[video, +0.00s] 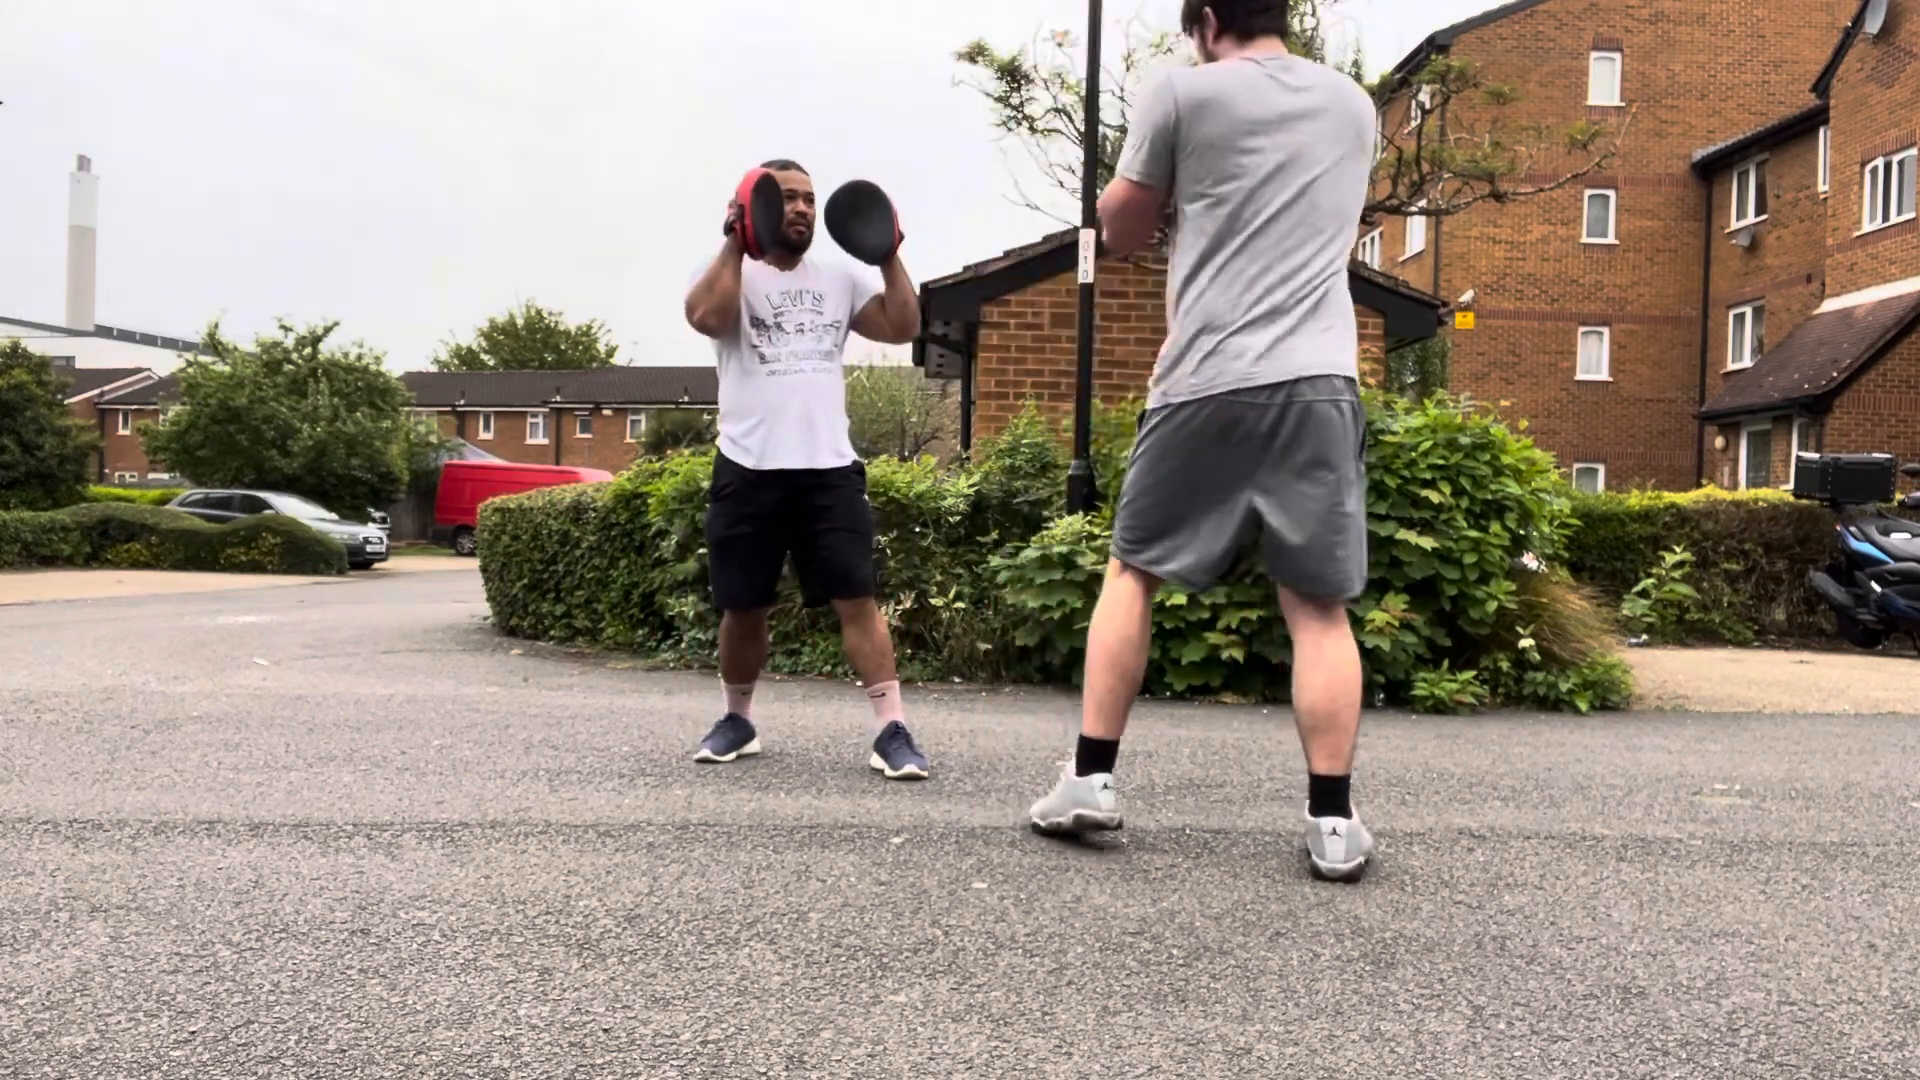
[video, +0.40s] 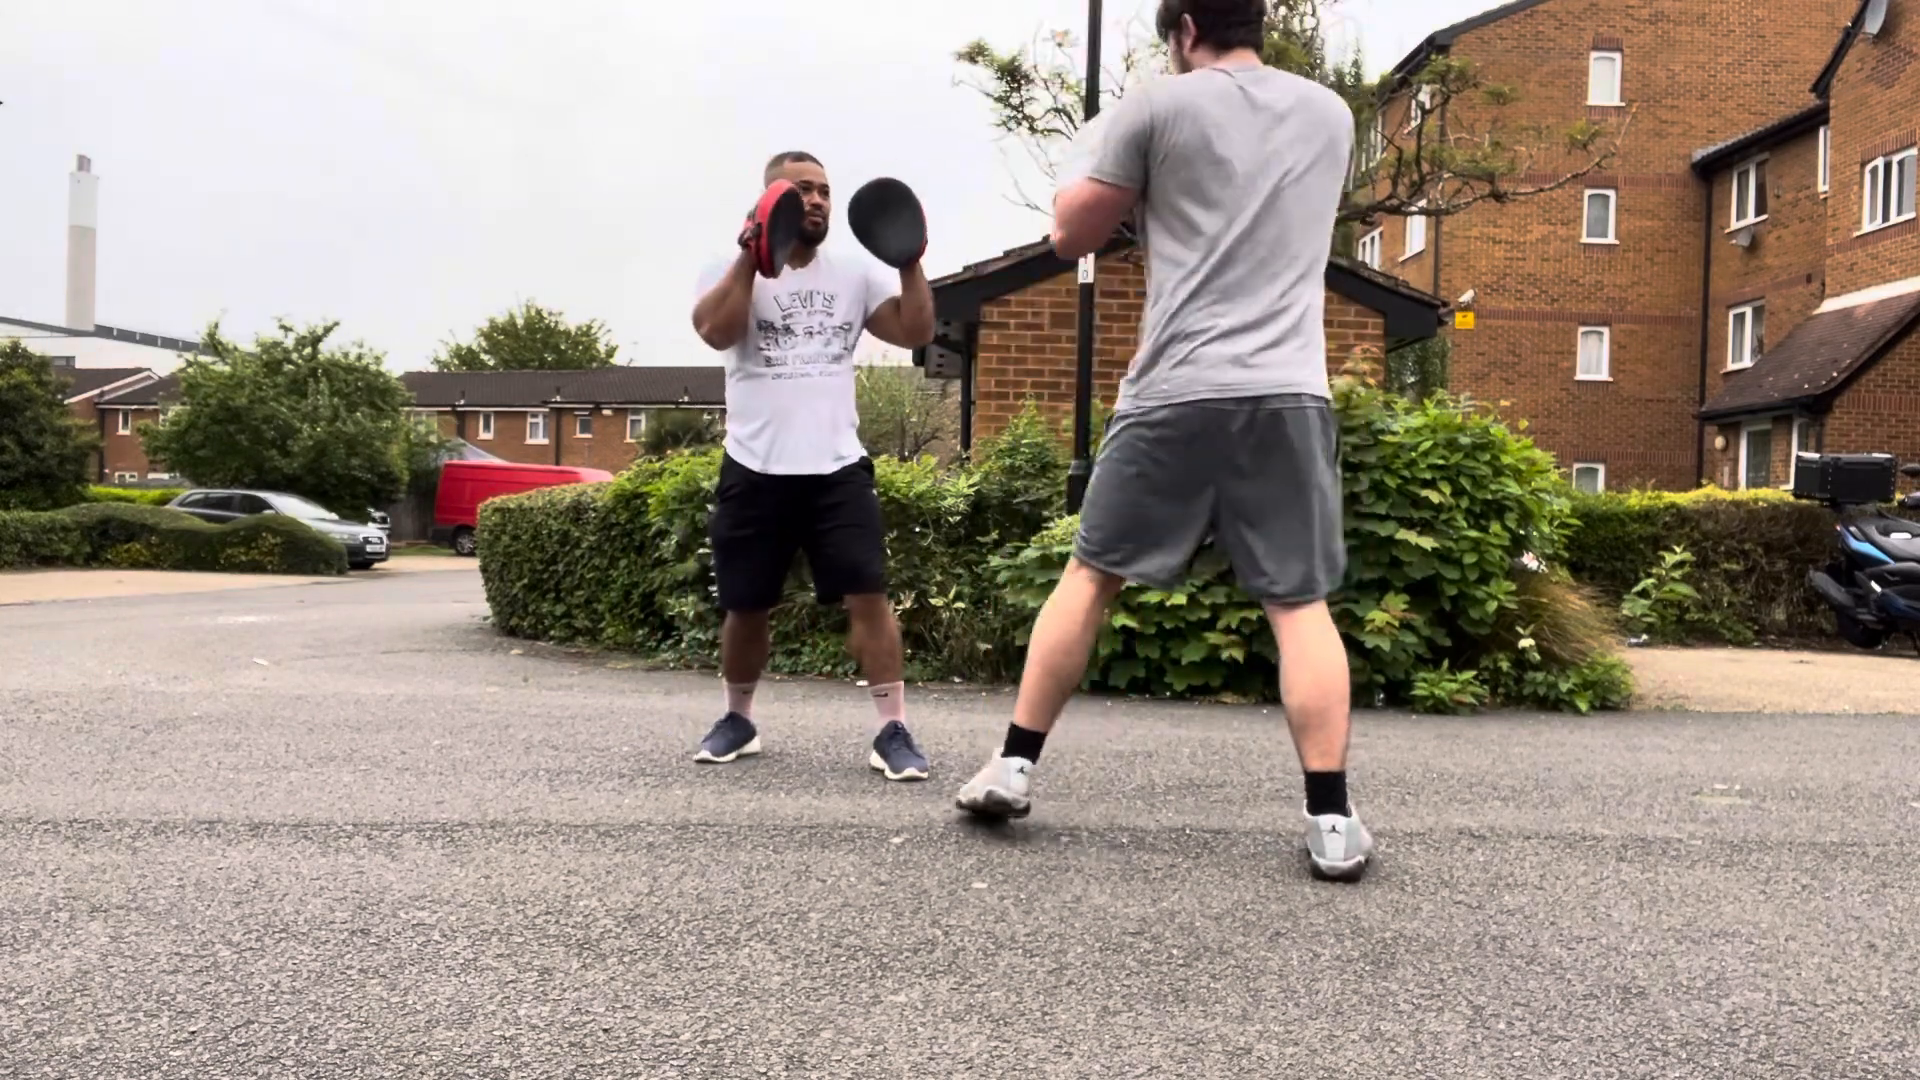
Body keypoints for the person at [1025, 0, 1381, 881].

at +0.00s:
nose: (1188, 41)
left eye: (1188, 28)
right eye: (1191, 30)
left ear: (1206, 21)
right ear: (1284, 20)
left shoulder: (1179, 88)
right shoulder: (1355, 105)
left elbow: (1122, 230)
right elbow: (1322, 212)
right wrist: (1177, 209)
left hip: (1206, 380)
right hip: (1319, 378)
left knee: (1132, 572)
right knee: (1320, 606)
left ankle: (1090, 782)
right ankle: (1333, 826)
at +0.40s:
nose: (1173, 47)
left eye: (1173, 33)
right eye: (1180, 36)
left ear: (1185, 31)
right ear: (1261, 30)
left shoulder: (1157, 107)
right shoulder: (1331, 113)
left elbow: (1073, 232)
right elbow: (1279, 201)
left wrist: (1133, 176)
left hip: (1175, 392)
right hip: (1292, 394)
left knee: (1092, 575)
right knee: (1300, 601)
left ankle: (1014, 766)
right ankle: (1333, 823)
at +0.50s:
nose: (1126, 61)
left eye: (1127, 46)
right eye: (1129, 47)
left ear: (1141, 41)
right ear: (1212, 37)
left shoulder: (1104, 116)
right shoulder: (1287, 113)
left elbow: (996, 220)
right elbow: (1300, 247)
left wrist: (1003, 187)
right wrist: (1228, 207)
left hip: (1127, 395)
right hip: (1248, 395)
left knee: (1066, 582)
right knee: (1284, 598)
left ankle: (1006, 779)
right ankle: (1333, 813)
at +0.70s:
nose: (1027, 77)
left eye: (1027, 64)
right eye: (1029, 64)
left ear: (1043, 60)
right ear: (1114, 48)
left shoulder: (1016, 136)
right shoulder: (1195, 118)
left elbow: (939, 232)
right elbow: (1223, 243)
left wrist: (923, 203)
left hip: (1088, 389)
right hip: (1204, 383)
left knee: (1033, 583)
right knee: (1251, 582)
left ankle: (1000, 787)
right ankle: (1325, 785)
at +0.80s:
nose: (992, 85)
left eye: (991, 73)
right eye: (991, 74)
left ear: (1008, 67)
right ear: (1083, 57)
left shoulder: (995, 142)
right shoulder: (1157, 120)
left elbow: (936, 283)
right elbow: (1161, 225)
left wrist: (942, 297)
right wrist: (1032, 251)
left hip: (1101, 374)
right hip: (1211, 368)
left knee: (1034, 580)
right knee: (1248, 579)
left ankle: (999, 787)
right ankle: (1323, 792)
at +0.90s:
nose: (971, 109)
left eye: (966, 94)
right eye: (968, 95)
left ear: (985, 84)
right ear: (1047, 72)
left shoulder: (1009, 161)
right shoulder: (1103, 134)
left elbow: (977, 326)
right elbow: (975, 185)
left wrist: (952, 324)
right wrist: (892, 184)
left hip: (1117, 381)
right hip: (1218, 364)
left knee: (1038, 580)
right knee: (1256, 577)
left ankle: (1003, 788)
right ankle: (1336, 794)